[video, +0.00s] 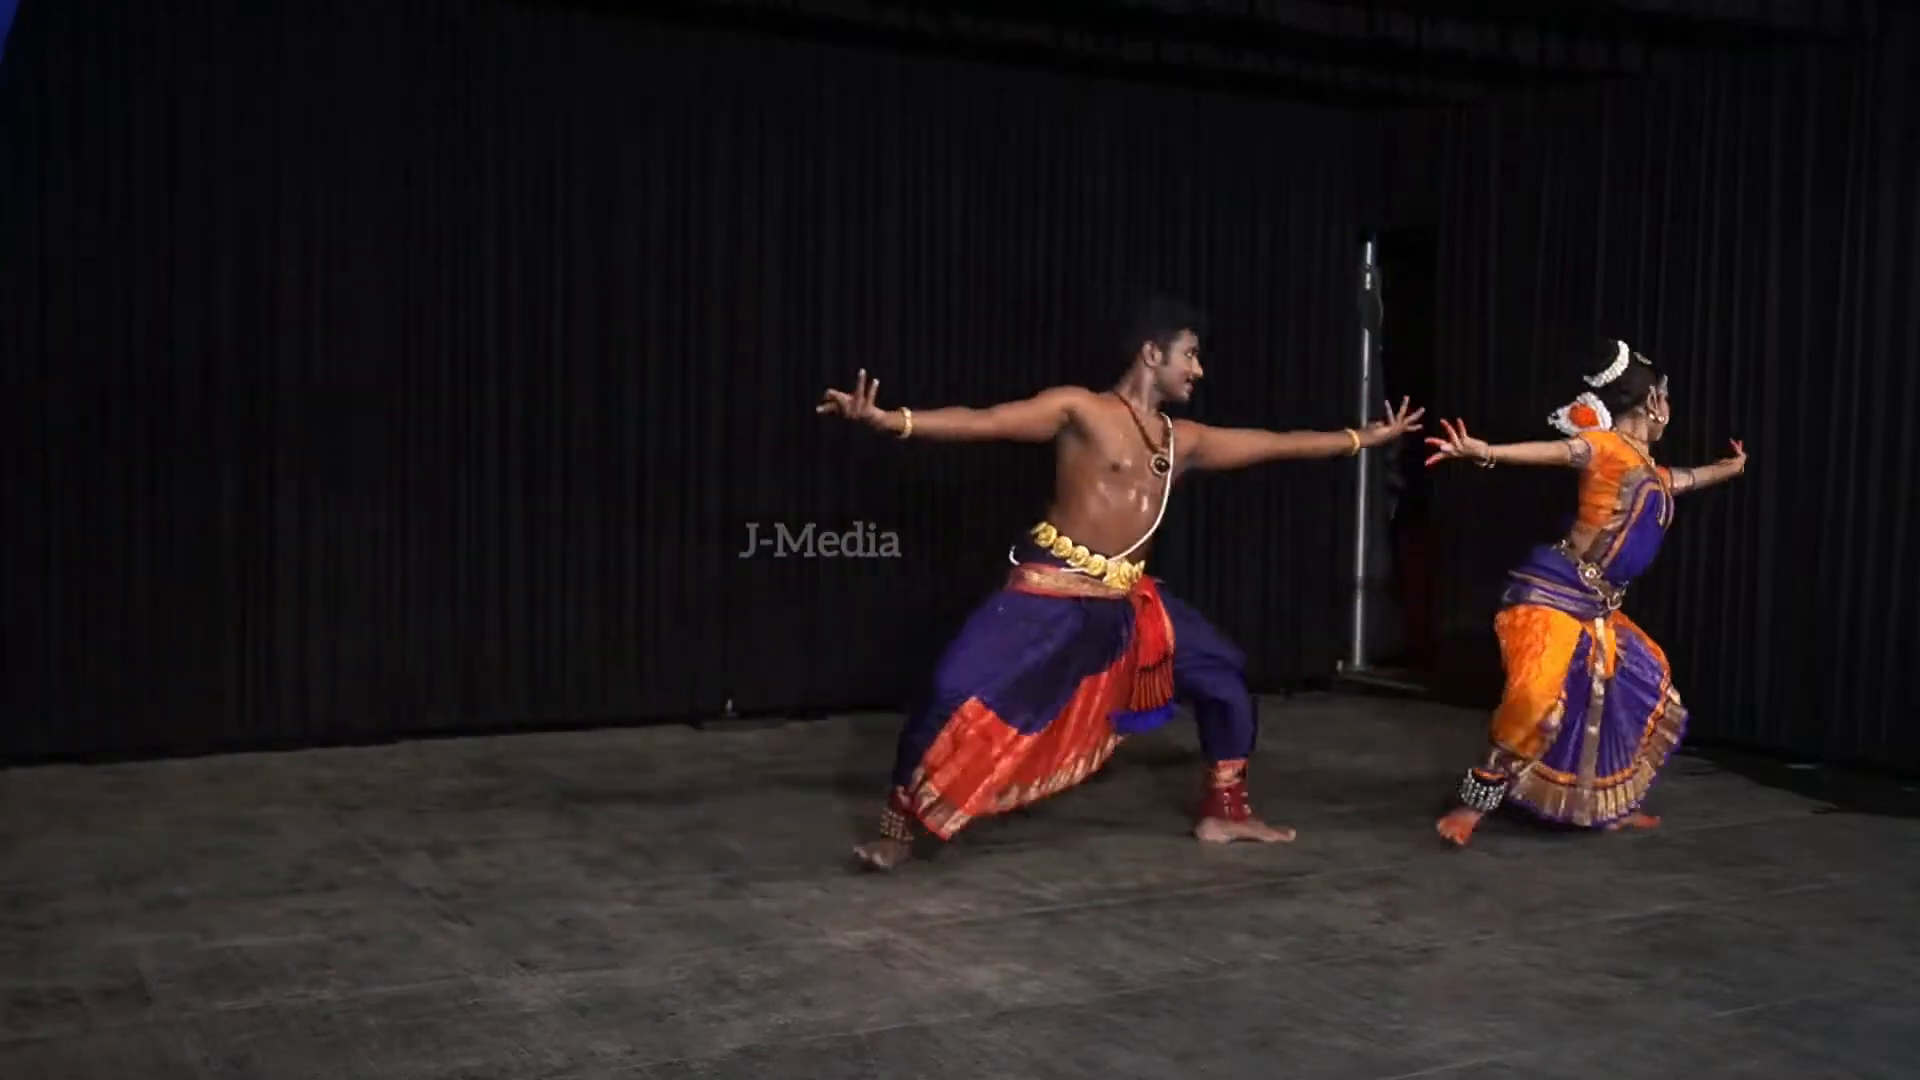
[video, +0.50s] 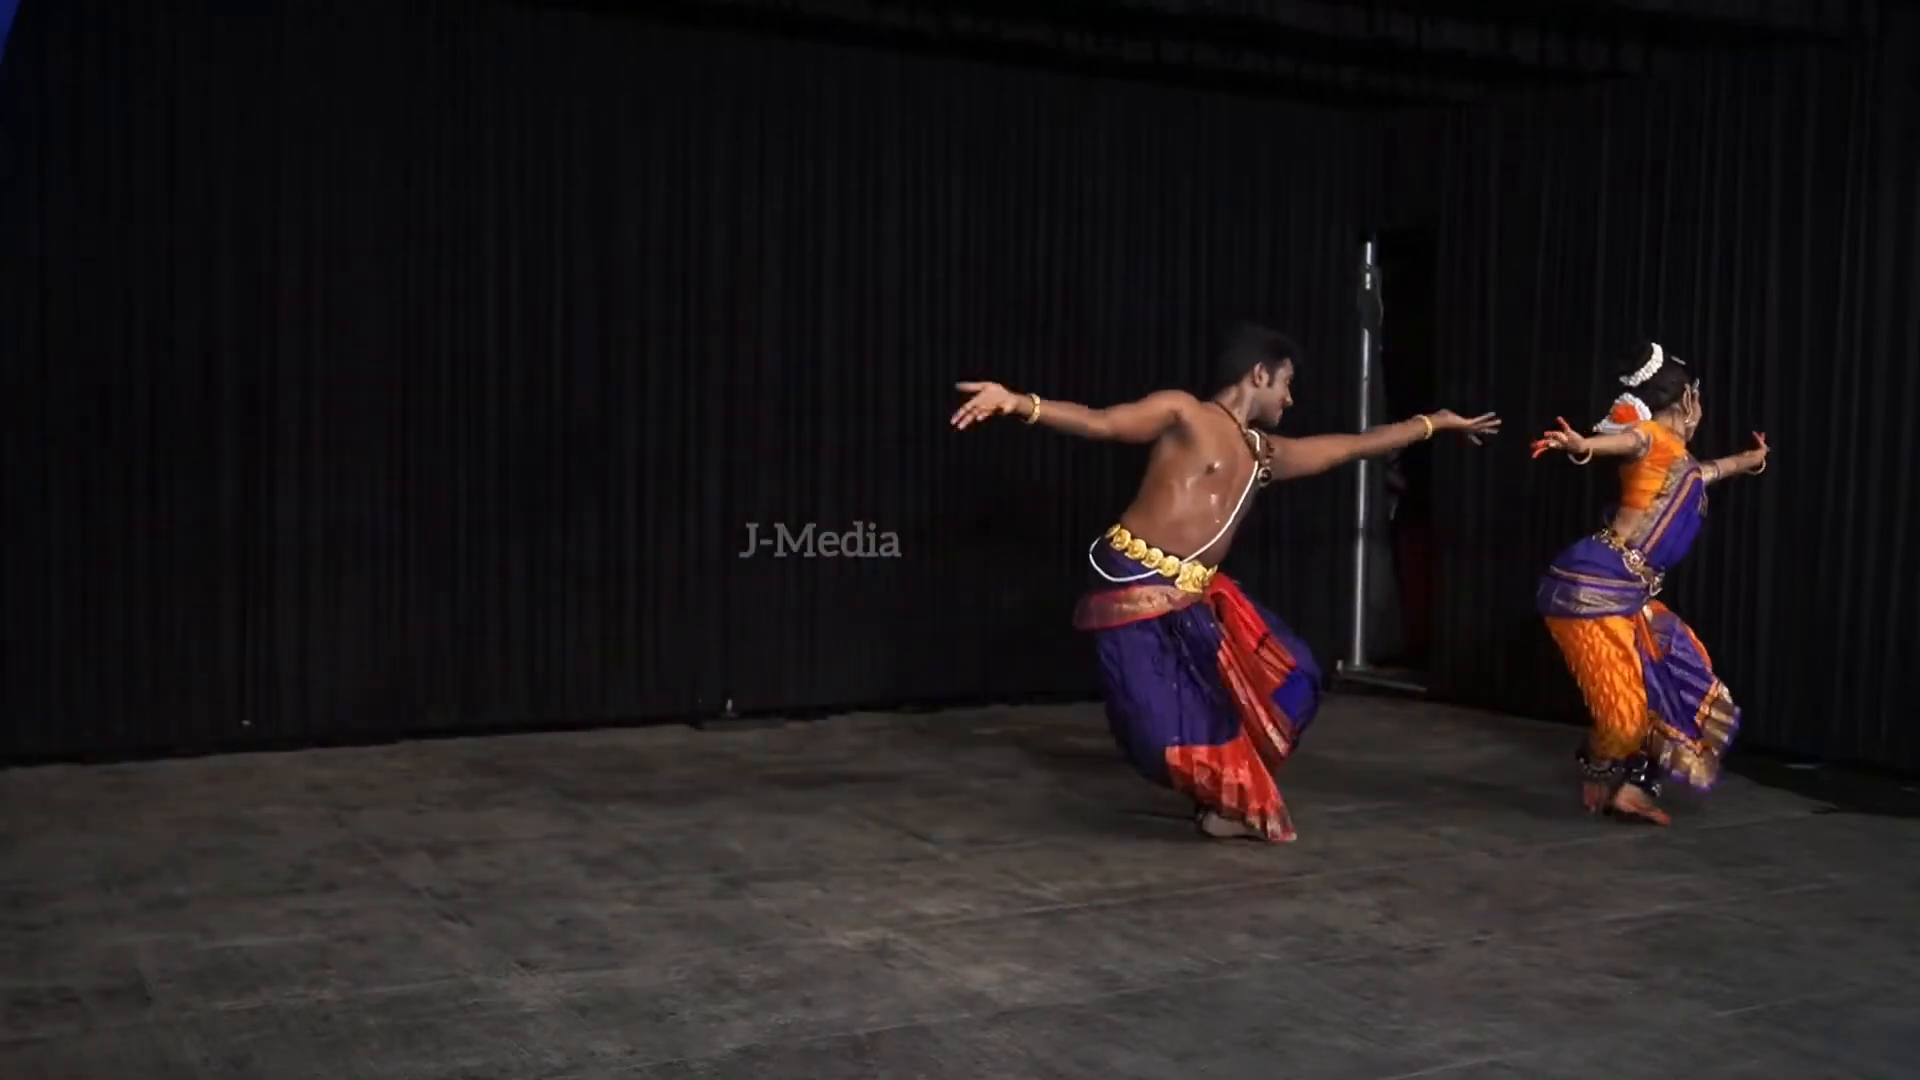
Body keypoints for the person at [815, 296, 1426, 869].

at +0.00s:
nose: (1199, 370)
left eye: (1199, 358)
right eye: (1190, 356)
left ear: (1168, 364)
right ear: (1147, 357)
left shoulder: (1182, 440)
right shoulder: (1080, 409)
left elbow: (1277, 444)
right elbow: (984, 423)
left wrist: (1365, 438)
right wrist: (892, 421)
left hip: (1129, 597)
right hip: (1050, 586)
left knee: (1223, 671)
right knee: (951, 688)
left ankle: (1227, 809)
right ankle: (900, 822)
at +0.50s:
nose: (1288, 396)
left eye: (1289, 385)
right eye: (1286, 382)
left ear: (1261, 383)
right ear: (1255, 377)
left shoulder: (1265, 452)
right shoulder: (1184, 410)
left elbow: (1354, 444)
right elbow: (1102, 423)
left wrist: (1435, 423)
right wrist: (1021, 403)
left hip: (1197, 591)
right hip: (1134, 583)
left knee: (1294, 673)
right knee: (1158, 732)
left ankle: (1229, 799)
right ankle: (1221, 788)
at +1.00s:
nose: (1118, 338)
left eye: (1119, 324)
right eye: (1105, 325)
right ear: (1064, 328)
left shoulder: (1114, 404)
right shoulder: (1016, 388)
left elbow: (1215, 429)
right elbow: (950, 406)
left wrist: (1173, 448)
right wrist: (1044, 434)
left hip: (1066, 573)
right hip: (986, 571)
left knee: (1169, 670)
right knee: (920, 681)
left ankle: (1164, 814)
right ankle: (909, 828)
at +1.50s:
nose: (831, 281)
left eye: (841, 268)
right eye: (815, 266)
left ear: (849, 277)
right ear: (776, 273)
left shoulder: (864, 359)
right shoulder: (740, 345)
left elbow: (979, 384)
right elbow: (656, 367)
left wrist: (915, 405)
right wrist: (759, 389)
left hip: (804, 557)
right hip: (721, 549)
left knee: (781, 709)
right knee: (682, 695)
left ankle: (654, 830)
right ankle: (778, 828)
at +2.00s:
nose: (710, 322)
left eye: (723, 307)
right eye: (694, 305)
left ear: (734, 314)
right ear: (657, 309)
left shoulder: (753, 394)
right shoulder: (617, 390)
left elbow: (858, 464)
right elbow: (554, 455)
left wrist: (786, 431)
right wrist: (671, 424)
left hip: (703, 595)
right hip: (610, 588)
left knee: (767, 732)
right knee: (534, 720)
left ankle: (651, 859)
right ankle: (550, 855)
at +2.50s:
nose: (734, 280)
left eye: (743, 262)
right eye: (714, 263)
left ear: (752, 262)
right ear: (671, 269)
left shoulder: (721, 330)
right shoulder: (680, 336)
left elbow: (722, 374)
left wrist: (759, 371)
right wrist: (837, 324)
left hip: (711, 550)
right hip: (649, 552)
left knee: (753, 704)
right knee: (668, 735)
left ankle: (702, 867)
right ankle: (626, 875)